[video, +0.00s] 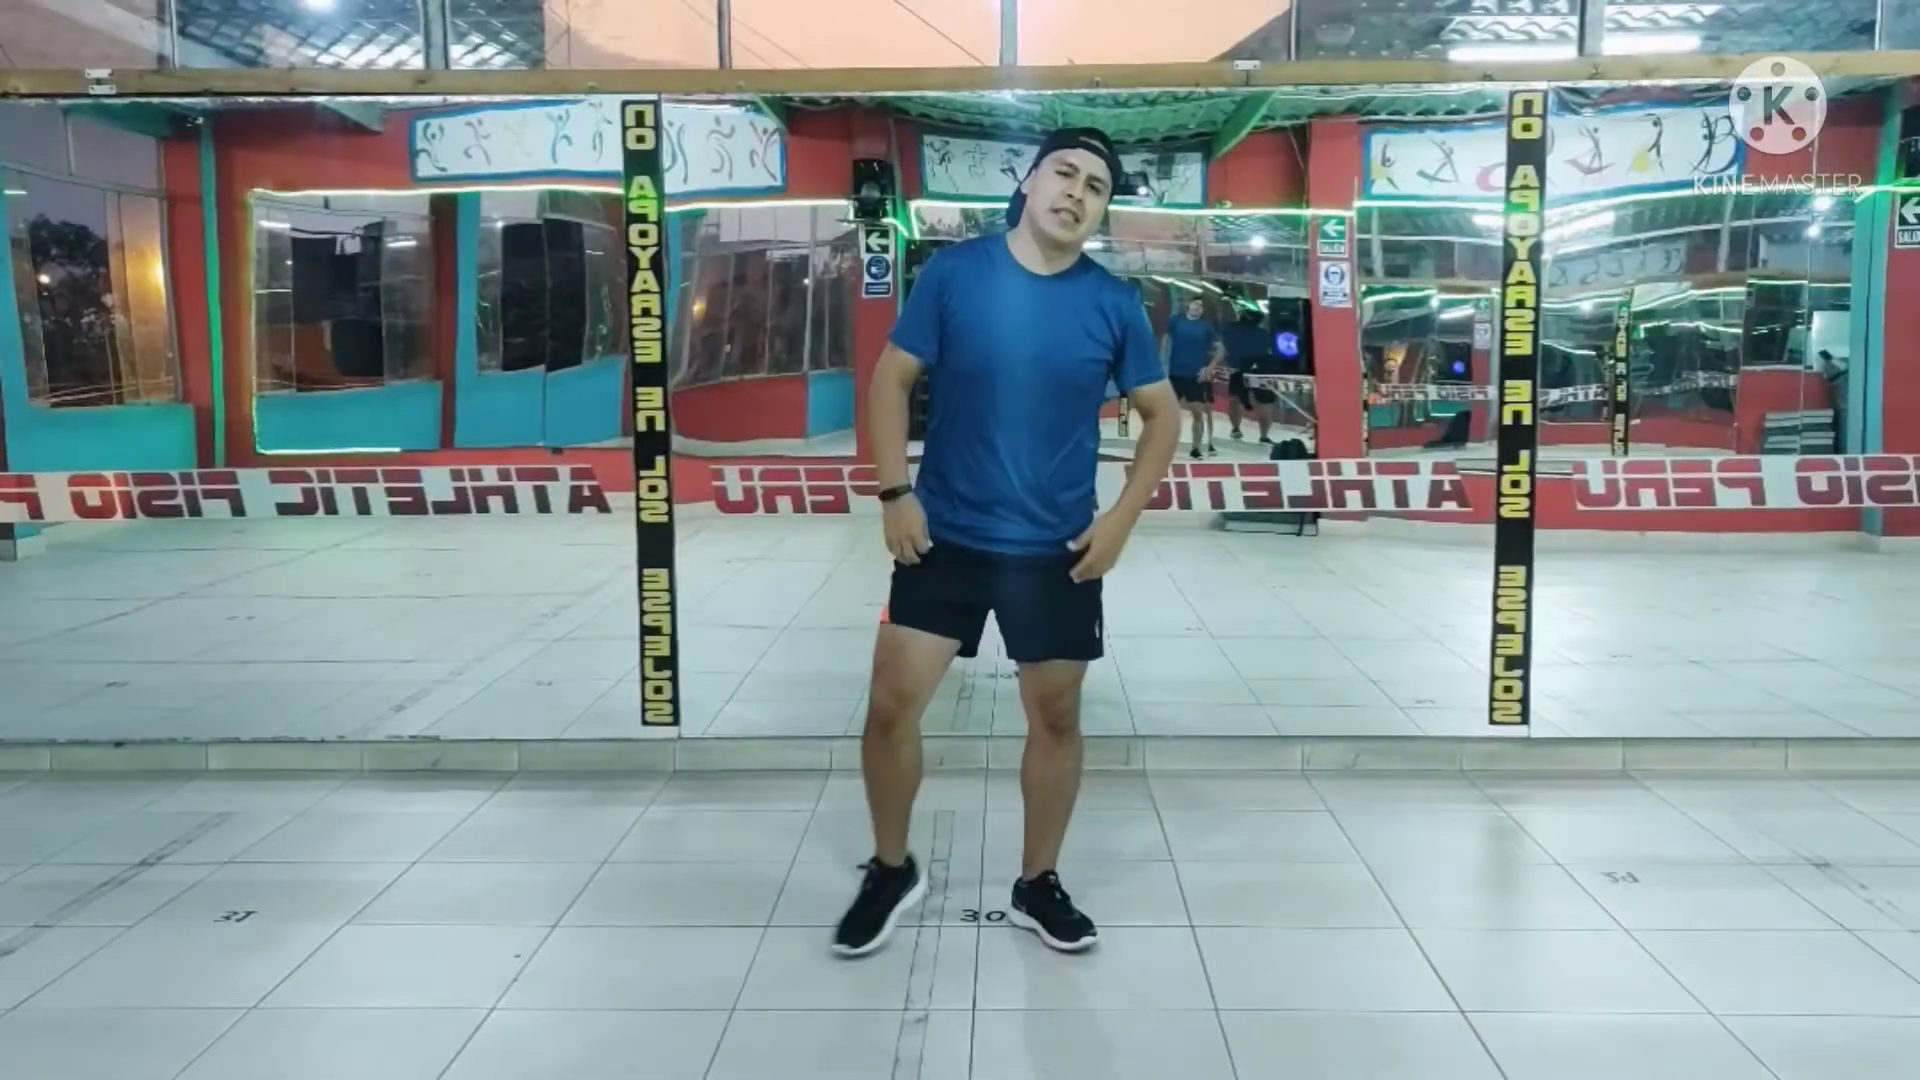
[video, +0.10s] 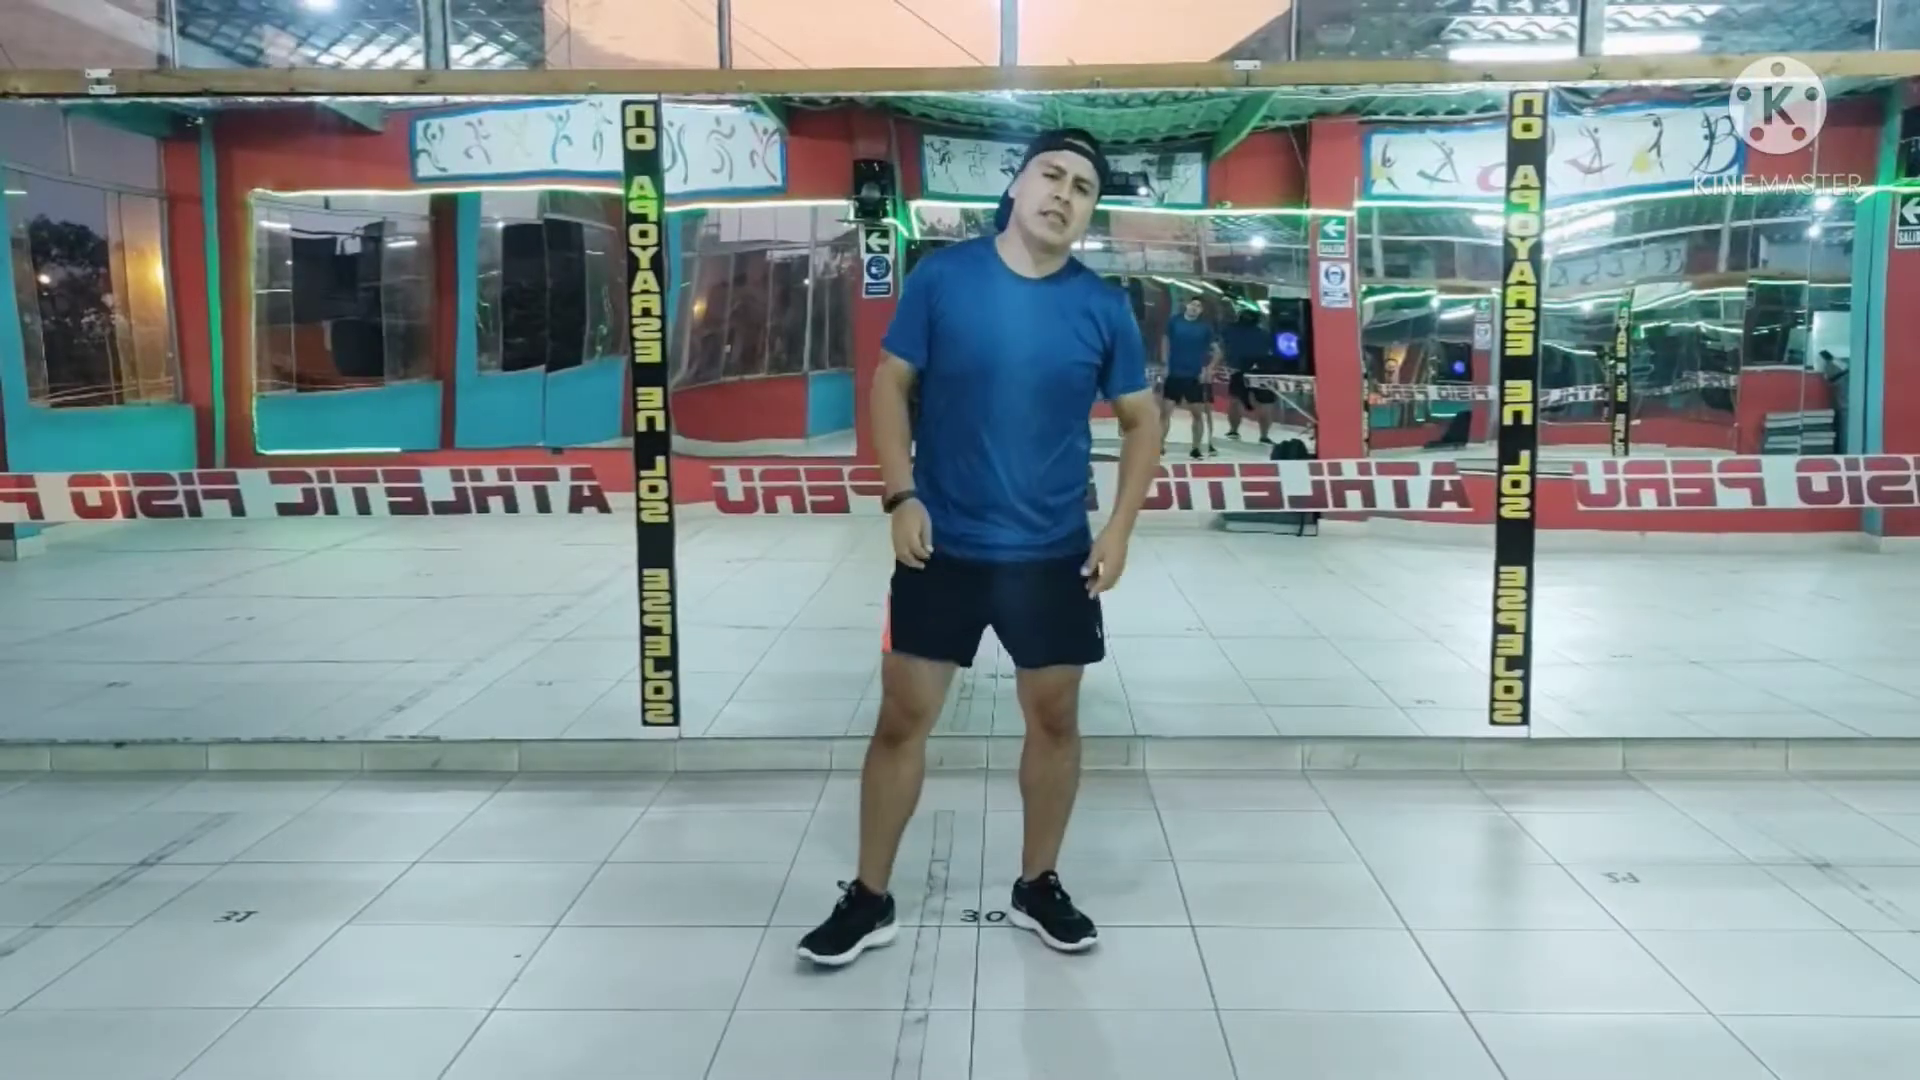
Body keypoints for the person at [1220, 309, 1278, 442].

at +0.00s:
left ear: (1241, 317)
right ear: (1259, 319)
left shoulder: (1231, 330)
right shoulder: (1263, 334)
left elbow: (1224, 350)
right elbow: (1270, 353)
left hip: (1237, 368)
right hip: (1260, 370)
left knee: (1234, 399)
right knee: (1264, 402)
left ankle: (1236, 429)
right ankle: (1264, 435)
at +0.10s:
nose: (1245, 320)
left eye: (1246, 317)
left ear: (1240, 318)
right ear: (1257, 319)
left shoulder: (1231, 331)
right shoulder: (1263, 334)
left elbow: (1224, 350)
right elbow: (1269, 353)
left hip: (1237, 369)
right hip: (1260, 371)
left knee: (1235, 400)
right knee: (1264, 403)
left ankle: (1233, 430)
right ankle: (1264, 435)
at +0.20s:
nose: (1242, 319)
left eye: (1242, 316)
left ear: (1238, 317)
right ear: (1254, 319)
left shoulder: (1230, 330)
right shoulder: (1260, 335)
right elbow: (1268, 355)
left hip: (1237, 369)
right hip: (1260, 371)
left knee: (1236, 400)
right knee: (1265, 403)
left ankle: (1235, 430)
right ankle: (1264, 435)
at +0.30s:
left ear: (1232, 316)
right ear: (1248, 318)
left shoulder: (1224, 330)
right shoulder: (1256, 332)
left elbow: (1214, 346)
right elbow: (1264, 353)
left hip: (1235, 368)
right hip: (1258, 369)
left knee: (1234, 399)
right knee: (1266, 401)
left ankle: (1234, 430)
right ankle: (1265, 435)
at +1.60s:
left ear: (1235, 319)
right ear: (1251, 321)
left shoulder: (1229, 332)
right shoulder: (1261, 334)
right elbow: (1271, 350)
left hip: (1241, 368)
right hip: (1264, 368)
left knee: (1239, 401)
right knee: (1275, 405)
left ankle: (1237, 433)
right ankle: (1285, 440)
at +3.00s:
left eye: (1240, 318)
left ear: (1238, 319)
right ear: (1253, 320)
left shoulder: (1232, 332)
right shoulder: (1262, 335)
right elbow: (1272, 354)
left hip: (1242, 372)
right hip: (1265, 372)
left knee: (1242, 403)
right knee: (1277, 407)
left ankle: (1240, 433)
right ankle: (1287, 440)